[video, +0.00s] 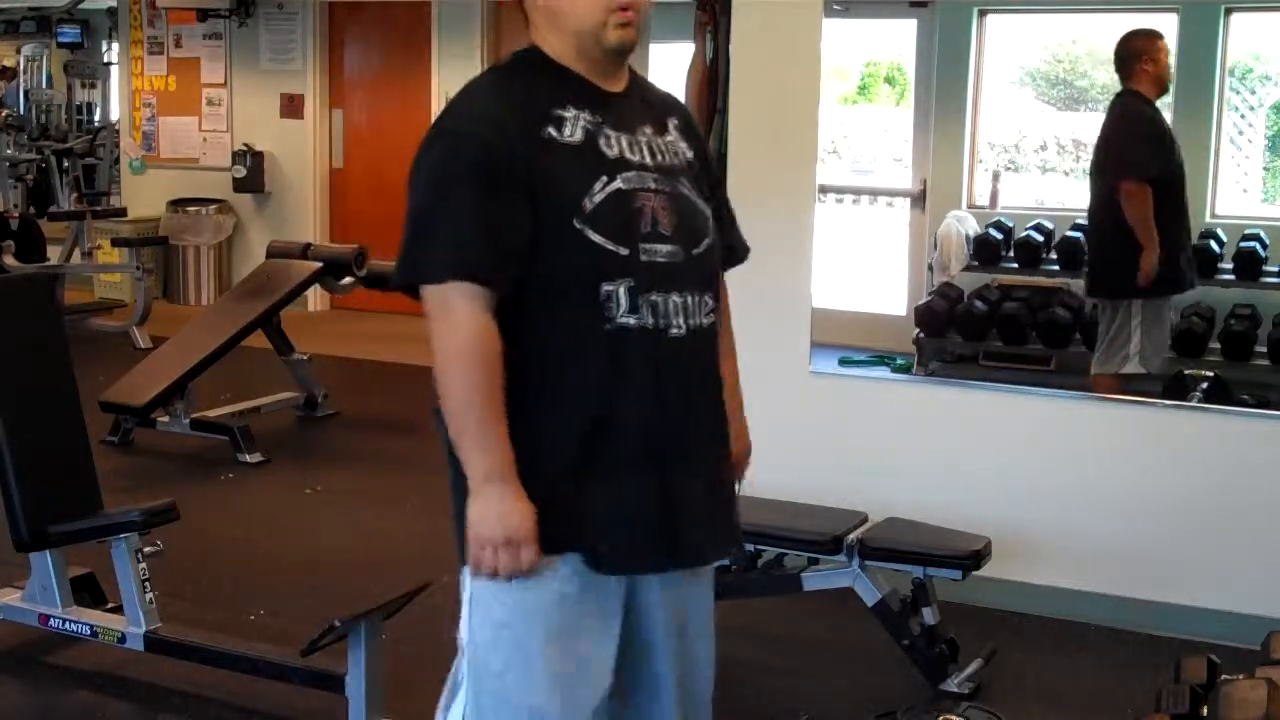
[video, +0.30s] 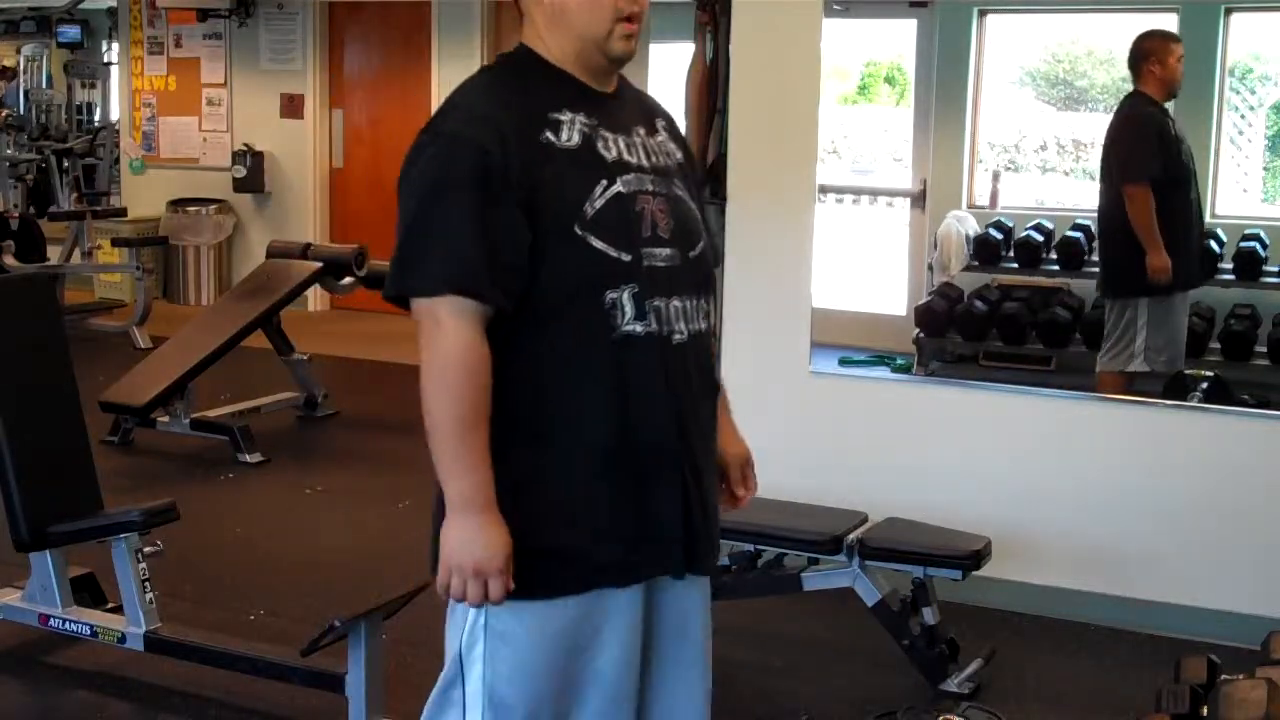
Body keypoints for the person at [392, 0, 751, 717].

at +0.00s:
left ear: (647, 1)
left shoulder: (675, 122)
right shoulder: (486, 121)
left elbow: (707, 286)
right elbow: (457, 306)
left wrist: (730, 411)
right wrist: (491, 484)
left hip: (677, 495)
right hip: (545, 511)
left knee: (670, 710)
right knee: (523, 711)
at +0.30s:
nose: (638, 3)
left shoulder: (655, 124)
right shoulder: (478, 126)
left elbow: (672, 300)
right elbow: (447, 319)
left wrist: (716, 417)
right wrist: (469, 508)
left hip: (669, 518)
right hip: (540, 530)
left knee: (664, 710)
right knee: (520, 711)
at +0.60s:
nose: (633, 19)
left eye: (638, 3)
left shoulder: (610, 124)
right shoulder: (446, 125)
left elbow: (629, 313)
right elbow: (425, 331)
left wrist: (665, 449)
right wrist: (489, 524)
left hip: (636, 544)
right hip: (506, 568)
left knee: (652, 707)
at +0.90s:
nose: (623, 8)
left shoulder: (619, 117)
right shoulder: (454, 128)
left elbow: (630, 317)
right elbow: (433, 332)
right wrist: (470, 527)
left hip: (626, 541)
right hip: (515, 559)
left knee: (618, 706)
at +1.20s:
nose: (670, 10)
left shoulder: (668, 126)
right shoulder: (490, 133)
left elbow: (688, 304)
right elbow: (461, 328)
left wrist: (718, 425)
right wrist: (493, 513)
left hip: (673, 521)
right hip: (554, 539)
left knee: (654, 708)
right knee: (550, 711)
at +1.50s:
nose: (683, 21)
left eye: (688, 3)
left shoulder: (680, 128)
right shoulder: (498, 130)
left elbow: (704, 302)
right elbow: (466, 324)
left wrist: (741, 419)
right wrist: (504, 504)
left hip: (681, 521)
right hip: (559, 538)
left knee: (674, 712)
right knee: (534, 712)